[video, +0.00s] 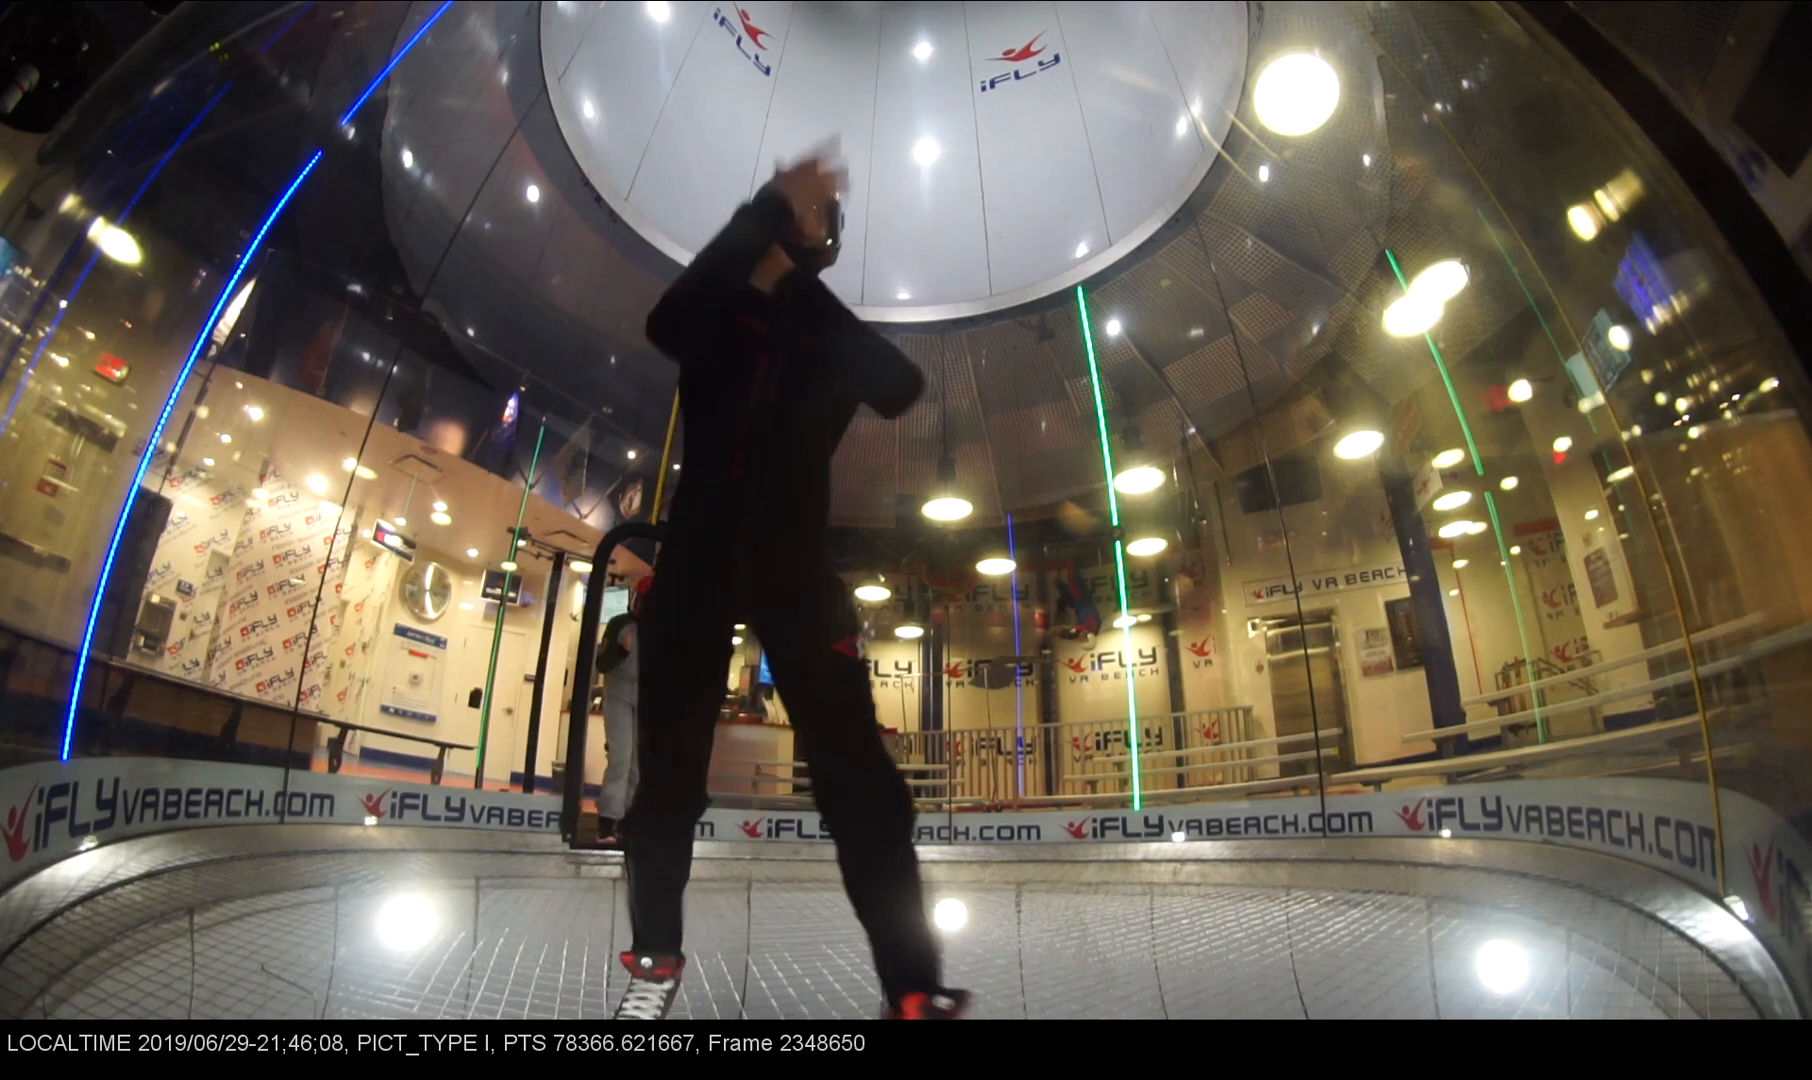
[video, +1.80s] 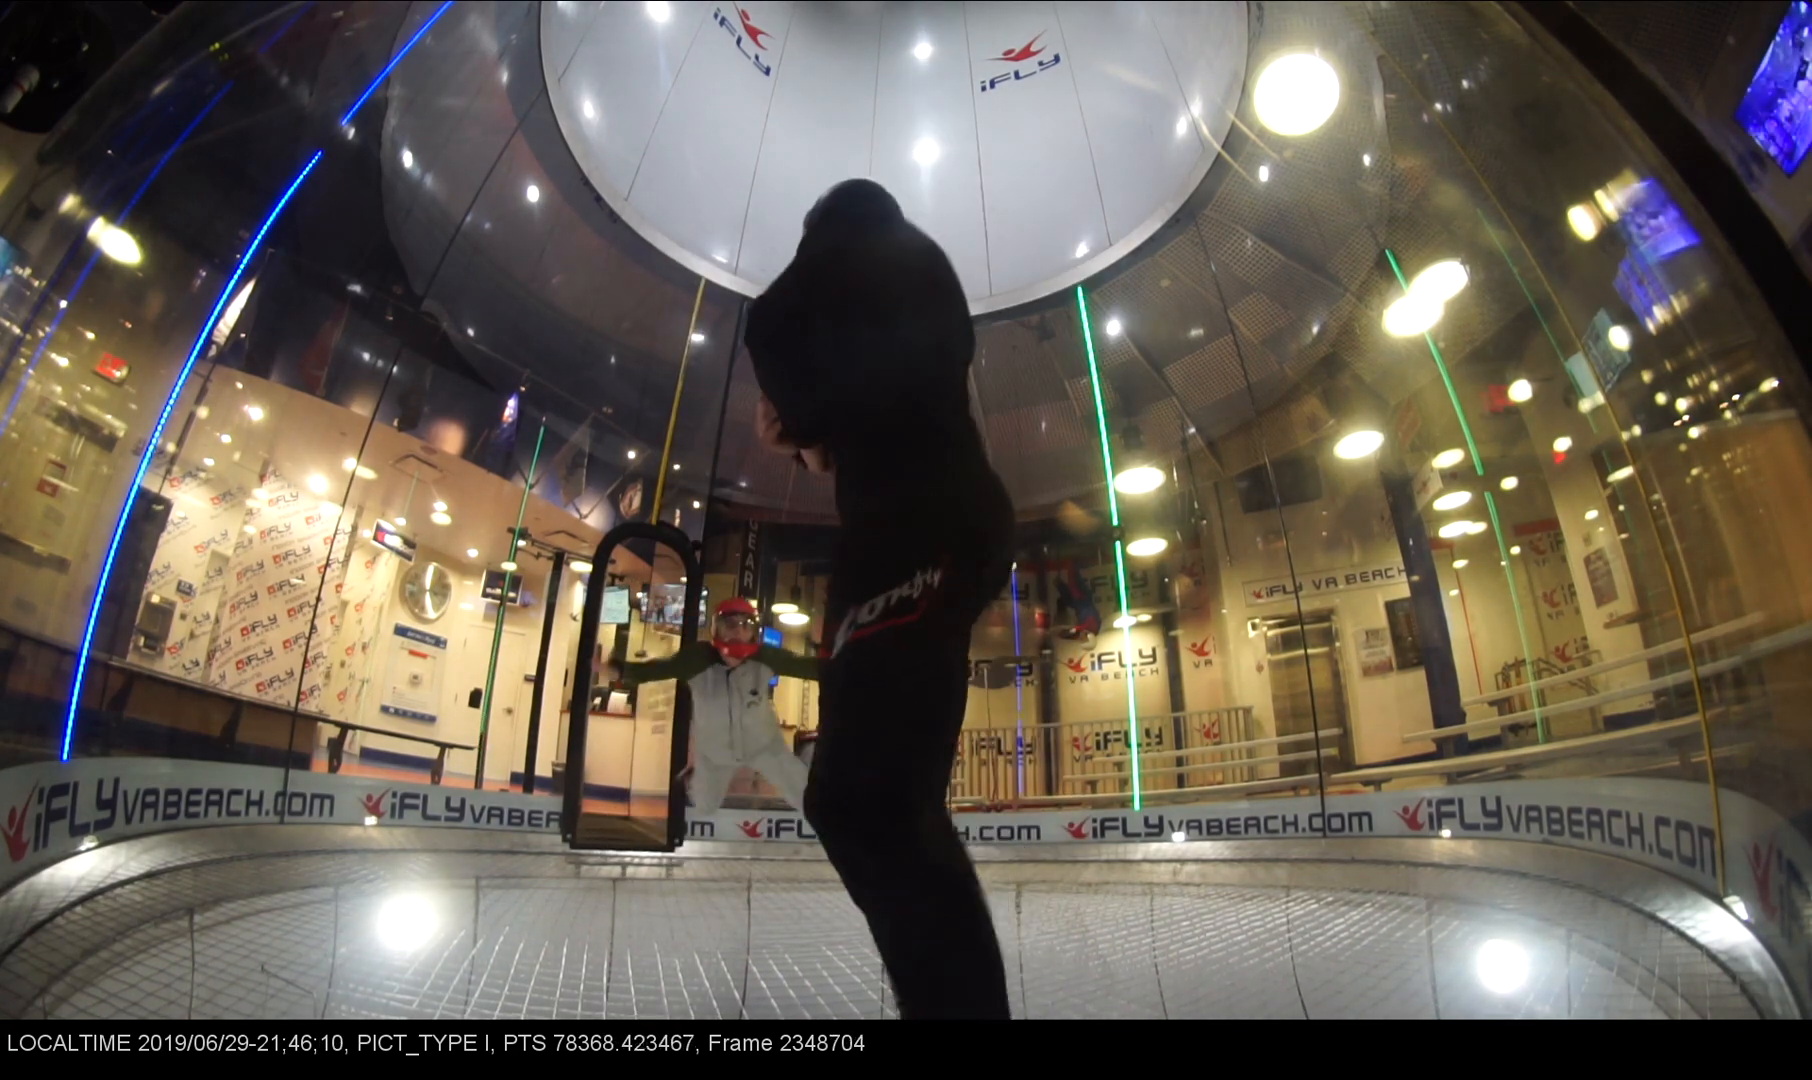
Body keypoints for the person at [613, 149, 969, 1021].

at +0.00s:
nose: (817, 227)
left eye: (827, 218)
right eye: (804, 213)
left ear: (830, 243)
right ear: (765, 230)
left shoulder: (836, 333)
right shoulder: (709, 310)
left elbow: (901, 389)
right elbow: (665, 326)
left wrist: (806, 286)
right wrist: (765, 210)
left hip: (796, 564)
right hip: (696, 558)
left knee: (856, 770)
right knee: (668, 765)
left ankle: (914, 988)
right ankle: (654, 959)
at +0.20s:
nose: (846, 189)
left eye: (853, 181)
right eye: (827, 181)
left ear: (865, 214)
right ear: (792, 201)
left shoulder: (912, 317)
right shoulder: (758, 294)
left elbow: (1022, 387)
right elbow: (762, 234)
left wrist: (892, 333)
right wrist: (796, 141)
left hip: (874, 556)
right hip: (756, 549)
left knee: (944, 808)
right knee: (704, 771)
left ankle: (986, 1008)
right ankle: (664, 953)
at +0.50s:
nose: (909, 129)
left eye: (922, 117)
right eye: (886, 124)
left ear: (950, 146)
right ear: (860, 161)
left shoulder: (1009, 256)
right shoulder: (835, 245)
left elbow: (1127, 352)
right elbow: (747, 346)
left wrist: (1017, 284)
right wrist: (871, 270)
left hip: (985, 521)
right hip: (858, 521)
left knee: (1025, 795)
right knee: (814, 753)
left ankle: (1013, 1011)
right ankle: (779, 954)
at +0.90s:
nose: (939, 132)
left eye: (955, 116)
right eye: (917, 124)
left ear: (988, 147)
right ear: (894, 161)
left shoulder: (1050, 245)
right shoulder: (865, 275)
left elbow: (1143, 367)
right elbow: (811, 411)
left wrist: (987, 350)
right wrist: (911, 314)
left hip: (1020, 551)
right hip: (895, 556)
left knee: (1022, 811)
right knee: (866, 786)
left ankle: (1014, 1009)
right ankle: (926, 981)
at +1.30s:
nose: (845, 238)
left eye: (852, 220)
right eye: (842, 230)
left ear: (890, 201)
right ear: (872, 230)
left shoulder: (970, 219)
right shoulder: (875, 308)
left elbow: (1026, 316)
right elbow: (869, 460)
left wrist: (881, 390)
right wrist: (836, 401)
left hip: (974, 538)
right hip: (902, 551)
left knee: (968, 789)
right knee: (908, 785)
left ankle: (998, 1003)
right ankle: (957, 992)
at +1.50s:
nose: (839, 268)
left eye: (839, 252)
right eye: (836, 258)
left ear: (858, 226)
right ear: (902, 212)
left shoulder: (904, 247)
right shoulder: (914, 268)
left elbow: (885, 381)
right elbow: (907, 420)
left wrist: (821, 410)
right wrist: (839, 440)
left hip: (929, 548)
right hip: (936, 544)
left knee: (889, 803)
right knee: (909, 801)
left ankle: (985, 1006)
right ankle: (954, 996)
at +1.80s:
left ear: (827, 224)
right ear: (878, 216)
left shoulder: (870, 251)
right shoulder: (903, 268)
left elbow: (771, 321)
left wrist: (801, 407)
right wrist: (806, 425)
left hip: (914, 526)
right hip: (925, 523)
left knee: (852, 801)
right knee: (901, 804)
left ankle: (952, 1005)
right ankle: (966, 1004)